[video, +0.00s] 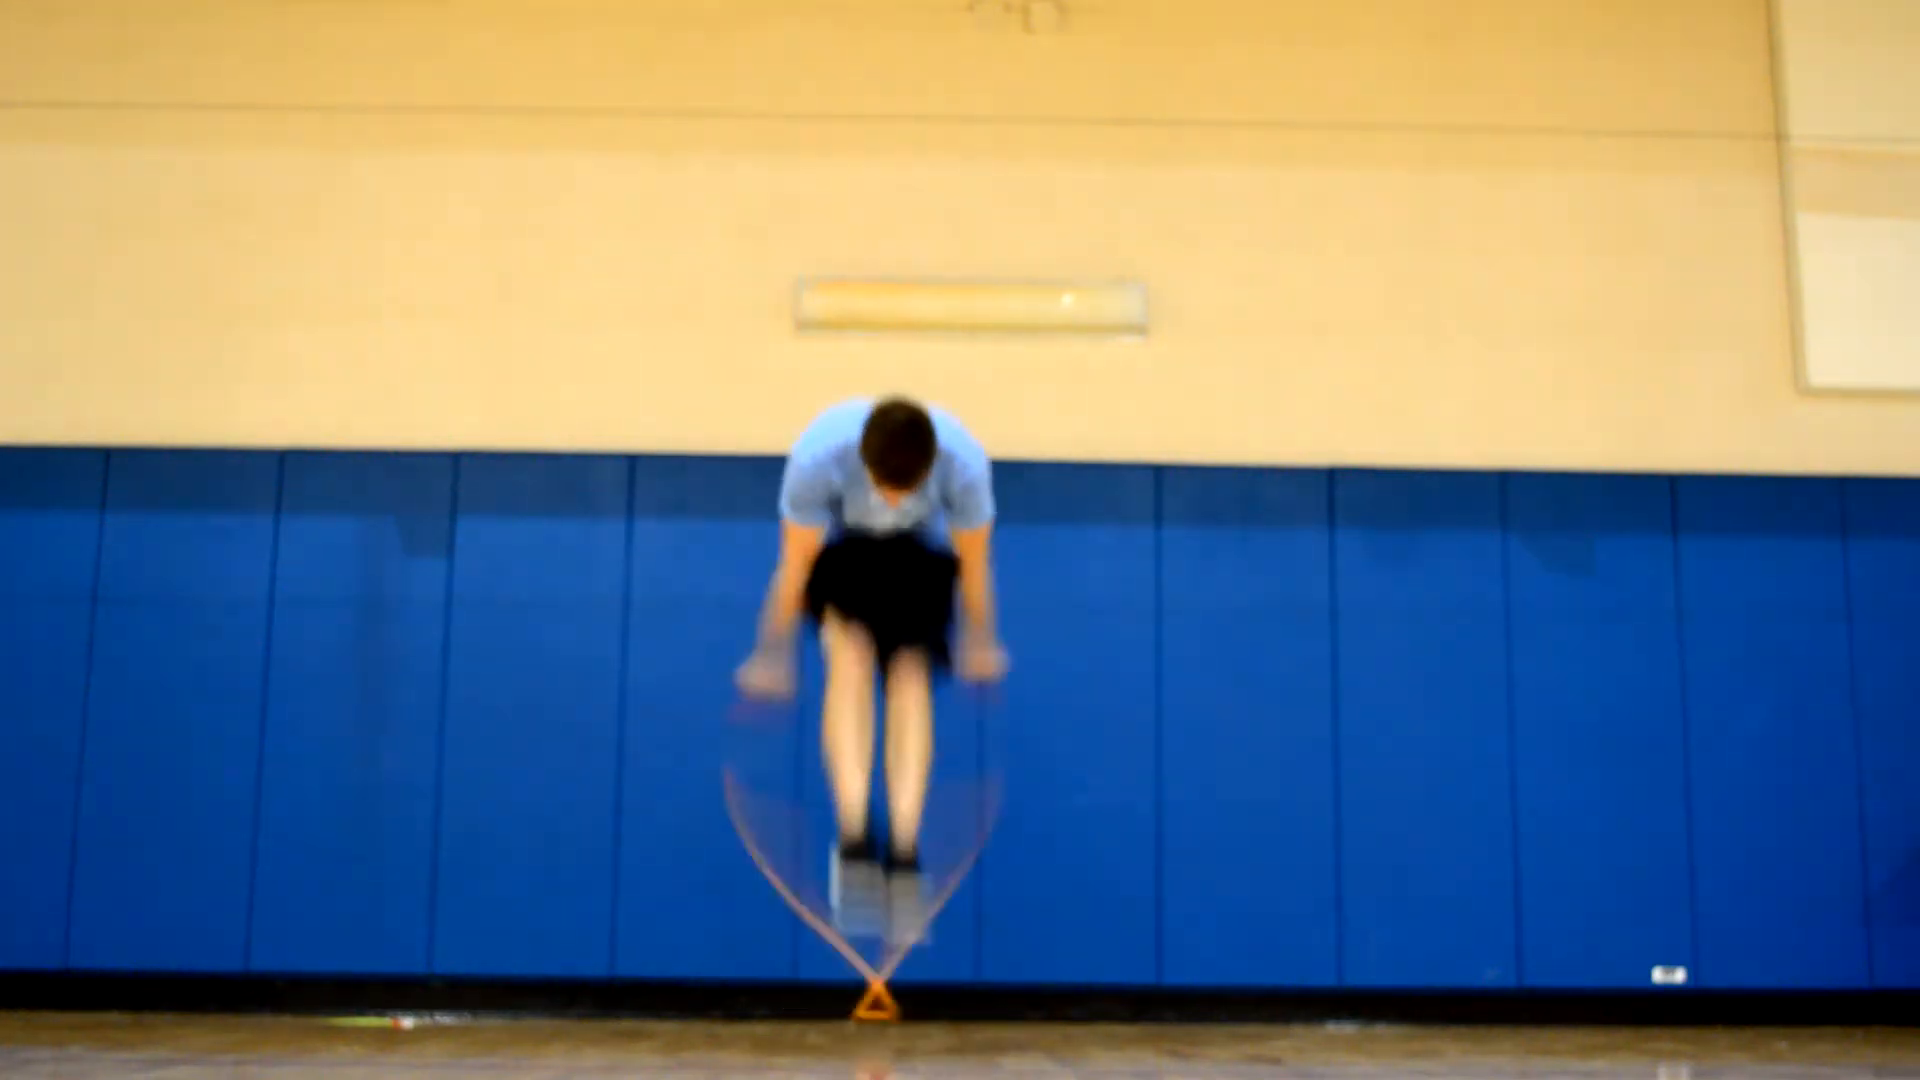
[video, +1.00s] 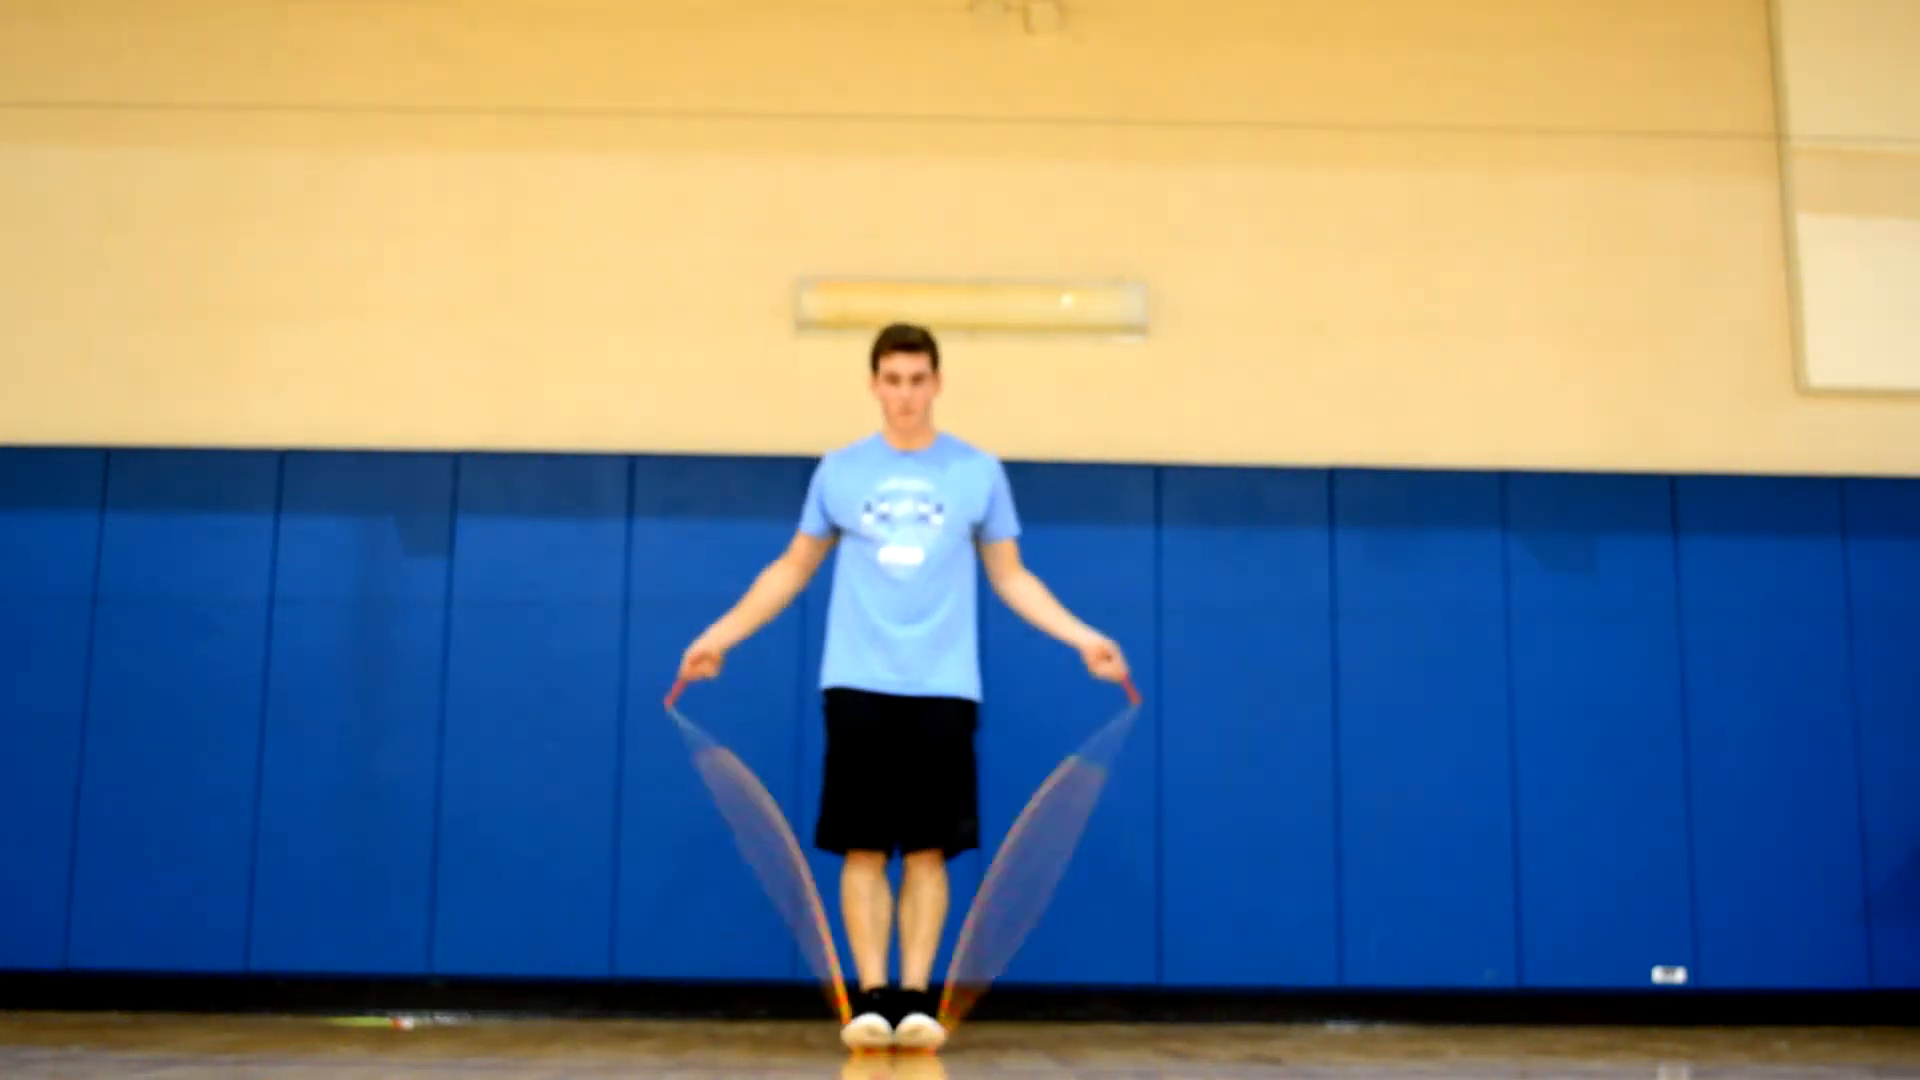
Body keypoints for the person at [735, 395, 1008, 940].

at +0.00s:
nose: (894, 498)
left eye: (906, 490)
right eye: (885, 487)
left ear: (929, 466)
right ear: (864, 461)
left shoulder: (965, 465)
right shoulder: (816, 460)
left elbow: (974, 562)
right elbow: (795, 563)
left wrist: (980, 645)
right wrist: (770, 654)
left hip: (922, 547)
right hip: (847, 540)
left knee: (910, 670)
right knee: (850, 657)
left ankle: (904, 841)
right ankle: (852, 834)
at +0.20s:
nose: (896, 555)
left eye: (908, 546)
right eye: (887, 543)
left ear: (930, 528)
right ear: (867, 519)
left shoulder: (964, 548)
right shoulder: (817, 544)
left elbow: (989, 604)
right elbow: (759, 601)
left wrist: (1071, 634)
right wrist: (665, 634)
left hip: (925, 724)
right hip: (833, 721)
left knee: (938, 867)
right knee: (818, 862)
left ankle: (898, 1010)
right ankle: (837, 1012)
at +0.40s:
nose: (893, 405)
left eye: (905, 392)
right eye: (882, 392)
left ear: (925, 379)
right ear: (863, 376)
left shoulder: (964, 430)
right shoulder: (822, 428)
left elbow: (993, 534)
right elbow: (786, 534)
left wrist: (1046, 623)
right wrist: (734, 629)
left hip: (931, 628)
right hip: (847, 625)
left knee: (916, 790)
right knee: (850, 788)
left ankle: (903, 967)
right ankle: (853, 962)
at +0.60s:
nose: (902, 402)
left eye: (915, 388)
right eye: (890, 387)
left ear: (934, 384)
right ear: (868, 382)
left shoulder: (970, 463)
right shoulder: (829, 460)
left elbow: (983, 572)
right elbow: (803, 567)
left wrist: (1006, 653)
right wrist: (754, 649)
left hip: (938, 670)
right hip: (852, 669)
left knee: (927, 841)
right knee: (856, 840)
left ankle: (916, 1008)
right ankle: (869, 1009)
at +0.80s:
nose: (905, 390)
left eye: (918, 376)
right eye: (892, 376)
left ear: (936, 382)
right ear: (870, 381)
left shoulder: (975, 470)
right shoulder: (833, 466)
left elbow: (996, 580)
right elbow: (796, 572)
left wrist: (1043, 677)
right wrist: (738, 667)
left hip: (940, 677)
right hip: (855, 674)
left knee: (923, 842)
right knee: (863, 839)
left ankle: (914, 1003)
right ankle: (871, 1001)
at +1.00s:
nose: (906, 392)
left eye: (918, 379)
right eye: (893, 379)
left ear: (937, 384)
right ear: (874, 386)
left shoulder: (977, 471)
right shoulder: (842, 470)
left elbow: (1009, 576)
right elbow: (793, 567)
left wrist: (1085, 638)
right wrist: (718, 638)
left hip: (942, 684)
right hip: (858, 681)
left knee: (927, 849)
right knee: (864, 847)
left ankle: (916, 1003)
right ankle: (871, 1002)